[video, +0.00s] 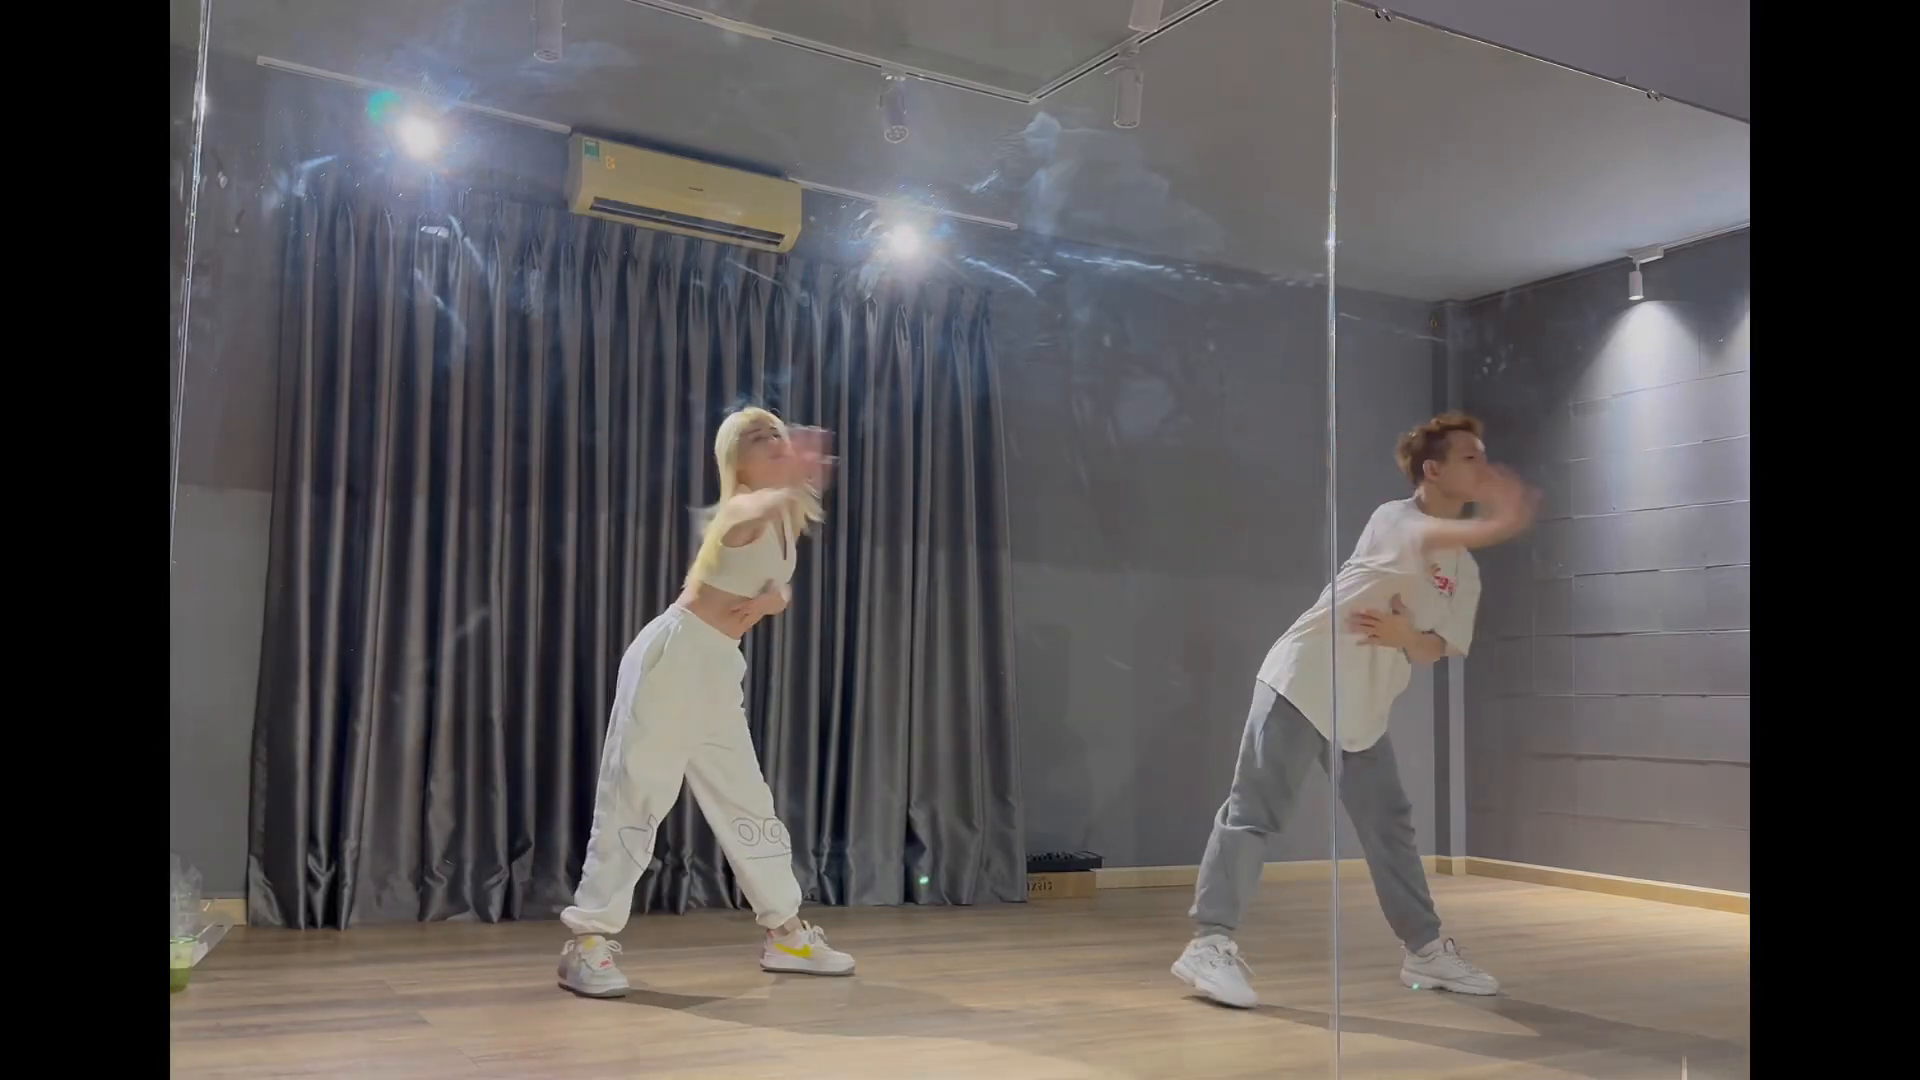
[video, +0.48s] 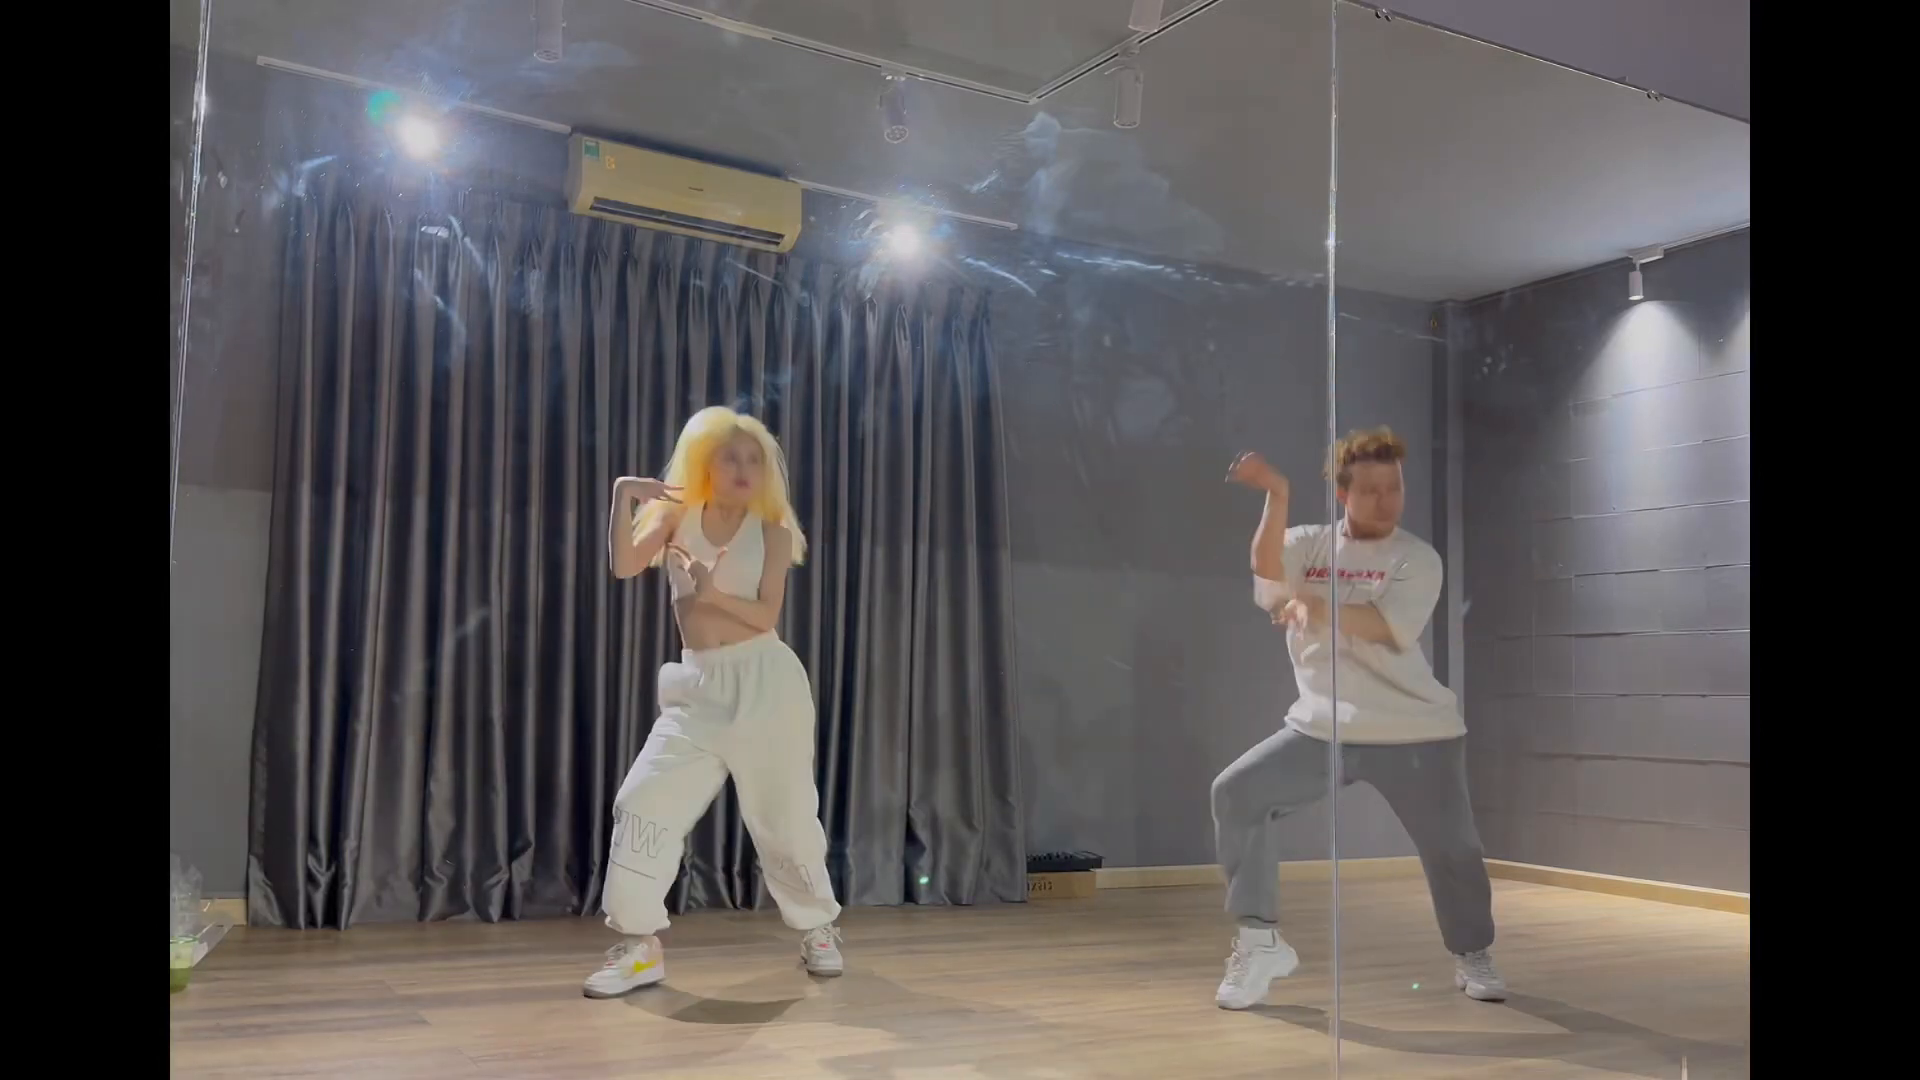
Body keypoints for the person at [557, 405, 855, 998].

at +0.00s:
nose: (783, 444)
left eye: (784, 434)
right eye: (765, 437)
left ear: (793, 450)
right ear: (739, 461)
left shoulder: (785, 519)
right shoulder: (734, 511)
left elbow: (779, 586)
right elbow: (751, 508)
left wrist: (774, 601)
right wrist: (790, 485)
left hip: (716, 670)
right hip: (672, 657)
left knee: (746, 803)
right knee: (632, 800)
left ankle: (786, 933)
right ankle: (588, 941)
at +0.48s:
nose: (742, 470)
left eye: (752, 460)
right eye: (729, 458)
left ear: (766, 470)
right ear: (702, 465)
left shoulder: (774, 532)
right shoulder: (676, 514)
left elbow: (767, 619)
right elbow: (625, 565)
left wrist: (703, 592)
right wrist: (623, 498)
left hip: (767, 684)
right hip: (697, 688)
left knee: (784, 816)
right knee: (641, 804)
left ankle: (818, 931)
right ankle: (640, 944)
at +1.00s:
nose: (718, 458)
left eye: (729, 449)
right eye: (707, 446)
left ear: (742, 458)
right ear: (685, 450)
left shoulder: (736, 505)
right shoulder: (660, 512)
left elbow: (700, 580)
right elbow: (600, 538)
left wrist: (612, 573)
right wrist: (559, 465)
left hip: (689, 670)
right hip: (634, 663)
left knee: (617, 814)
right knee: (587, 815)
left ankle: (697, 939)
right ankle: (643, 949)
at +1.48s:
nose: (696, 462)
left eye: (710, 456)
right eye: (688, 449)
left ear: (718, 464)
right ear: (664, 447)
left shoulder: (703, 506)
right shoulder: (631, 509)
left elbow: (685, 592)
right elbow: (585, 550)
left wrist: (600, 590)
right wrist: (545, 468)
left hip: (681, 671)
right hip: (632, 667)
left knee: (606, 816)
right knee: (576, 823)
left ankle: (687, 934)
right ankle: (646, 947)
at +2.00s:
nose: (720, 438)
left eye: (729, 432)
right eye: (707, 430)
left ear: (743, 452)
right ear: (682, 448)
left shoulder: (754, 517)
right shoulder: (655, 507)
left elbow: (807, 588)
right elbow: (641, 591)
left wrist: (787, 518)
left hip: (754, 689)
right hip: (676, 689)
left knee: (776, 822)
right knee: (590, 797)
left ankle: (792, 942)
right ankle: (635, 936)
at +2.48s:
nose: (734, 400)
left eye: (743, 397)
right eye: (719, 399)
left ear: (759, 425)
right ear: (702, 430)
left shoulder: (785, 486)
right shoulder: (687, 489)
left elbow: (866, 521)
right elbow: (687, 575)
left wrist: (812, 455)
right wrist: (768, 583)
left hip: (749, 652)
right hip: (681, 643)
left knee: (759, 796)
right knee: (652, 794)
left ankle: (788, 936)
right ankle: (609, 941)